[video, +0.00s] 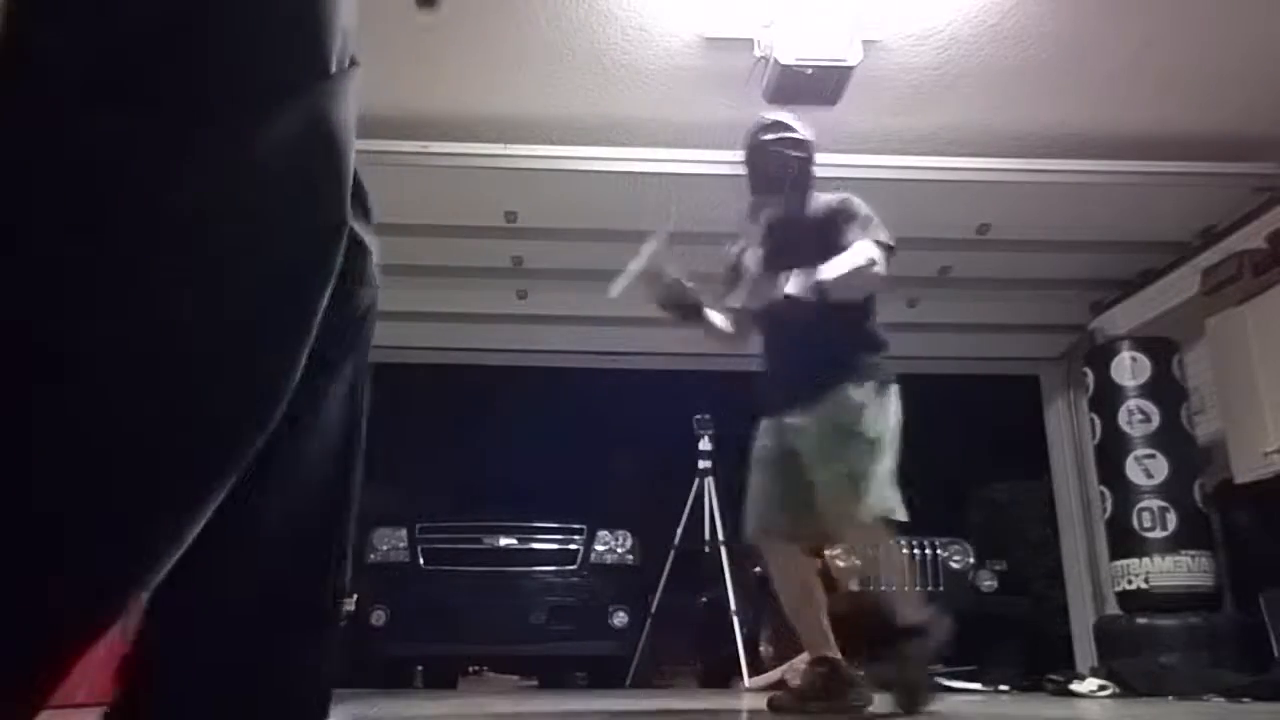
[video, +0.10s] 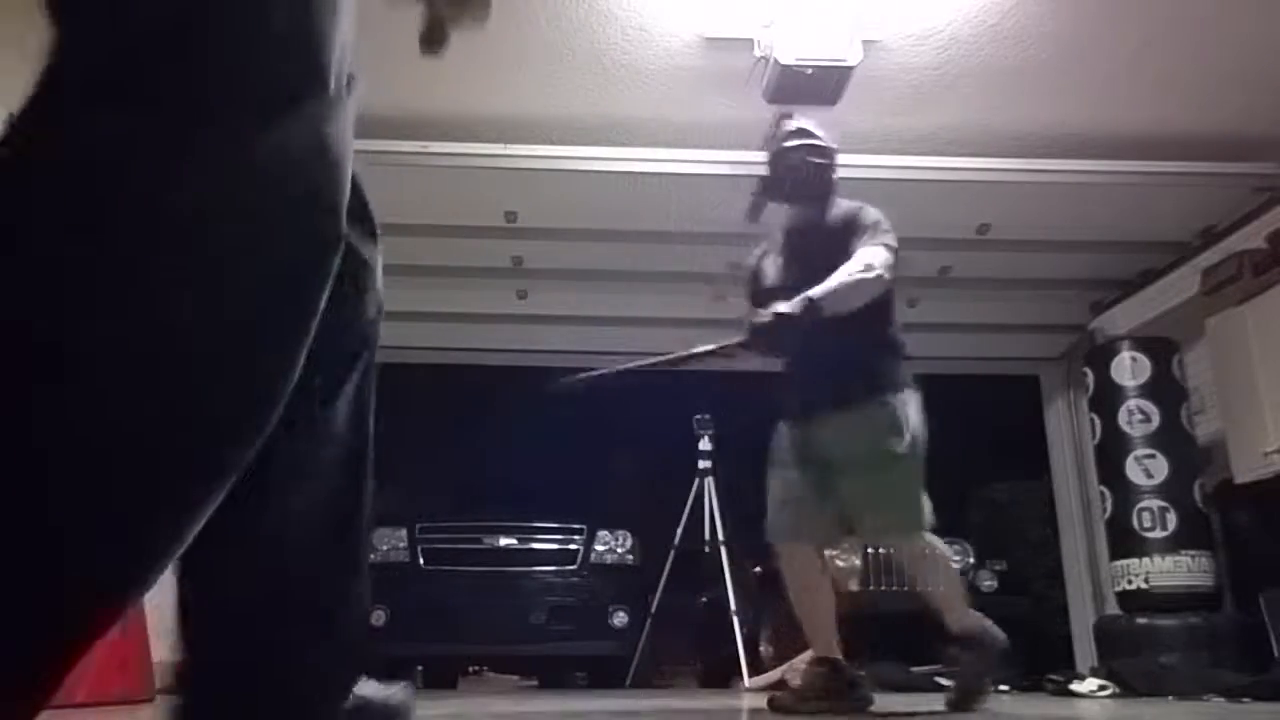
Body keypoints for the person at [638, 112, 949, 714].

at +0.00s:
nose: (780, 162)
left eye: (791, 152)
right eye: (768, 153)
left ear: (809, 160)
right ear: (748, 164)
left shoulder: (839, 210)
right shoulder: (751, 247)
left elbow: (871, 263)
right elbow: (736, 326)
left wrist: (807, 283)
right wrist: (691, 306)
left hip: (851, 393)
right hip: (784, 407)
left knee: (857, 522)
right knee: (775, 533)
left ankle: (915, 630)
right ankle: (827, 667)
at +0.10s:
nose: (807, 169)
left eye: (816, 158)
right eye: (794, 160)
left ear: (833, 165)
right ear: (772, 173)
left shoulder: (863, 220)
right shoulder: (768, 258)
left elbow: (873, 273)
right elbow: (771, 338)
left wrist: (800, 306)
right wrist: (751, 341)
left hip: (873, 406)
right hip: (804, 415)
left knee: (900, 533)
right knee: (793, 539)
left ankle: (972, 634)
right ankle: (829, 669)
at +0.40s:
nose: (847, 207)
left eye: (857, 194)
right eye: (836, 198)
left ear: (878, 192)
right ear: (822, 204)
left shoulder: (908, 249)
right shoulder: (814, 267)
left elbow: (917, 315)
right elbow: (781, 336)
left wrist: (875, 301)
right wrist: (723, 352)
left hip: (923, 421)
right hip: (854, 429)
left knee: (947, 546)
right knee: (828, 530)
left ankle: (996, 669)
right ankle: (892, 656)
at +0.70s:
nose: (808, 222)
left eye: (818, 211)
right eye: (799, 216)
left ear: (846, 213)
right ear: (791, 229)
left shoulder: (878, 258)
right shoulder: (819, 282)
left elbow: (883, 323)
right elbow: (822, 343)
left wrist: (816, 354)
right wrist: (800, 301)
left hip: (908, 407)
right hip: (868, 416)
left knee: (887, 528)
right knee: (870, 544)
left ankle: (953, 643)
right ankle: (952, 659)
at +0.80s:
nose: (799, 228)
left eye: (809, 217)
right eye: (791, 221)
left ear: (838, 220)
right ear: (784, 234)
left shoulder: (865, 258)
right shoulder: (816, 295)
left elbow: (848, 314)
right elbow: (806, 377)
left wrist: (785, 334)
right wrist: (782, 352)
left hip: (903, 407)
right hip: (872, 417)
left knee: (845, 508)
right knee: (881, 554)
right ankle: (954, 664)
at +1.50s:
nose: (809, 223)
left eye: (820, 213)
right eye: (801, 218)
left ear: (850, 220)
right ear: (793, 234)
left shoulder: (874, 260)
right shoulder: (827, 289)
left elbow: (892, 313)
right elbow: (825, 354)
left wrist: (842, 325)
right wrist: (761, 356)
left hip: (917, 397)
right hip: (891, 405)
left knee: (880, 521)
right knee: (892, 532)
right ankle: (933, 662)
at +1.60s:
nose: (817, 225)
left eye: (827, 213)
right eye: (811, 218)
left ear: (858, 216)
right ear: (807, 229)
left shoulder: (886, 256)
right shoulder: (848, 285)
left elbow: (887, 317)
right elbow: (850, 364)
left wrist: (817, 328)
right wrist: (785, 359)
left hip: (929, 400)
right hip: (894, 415)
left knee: (922, 522)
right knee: (887, 543)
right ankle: (933, 669)